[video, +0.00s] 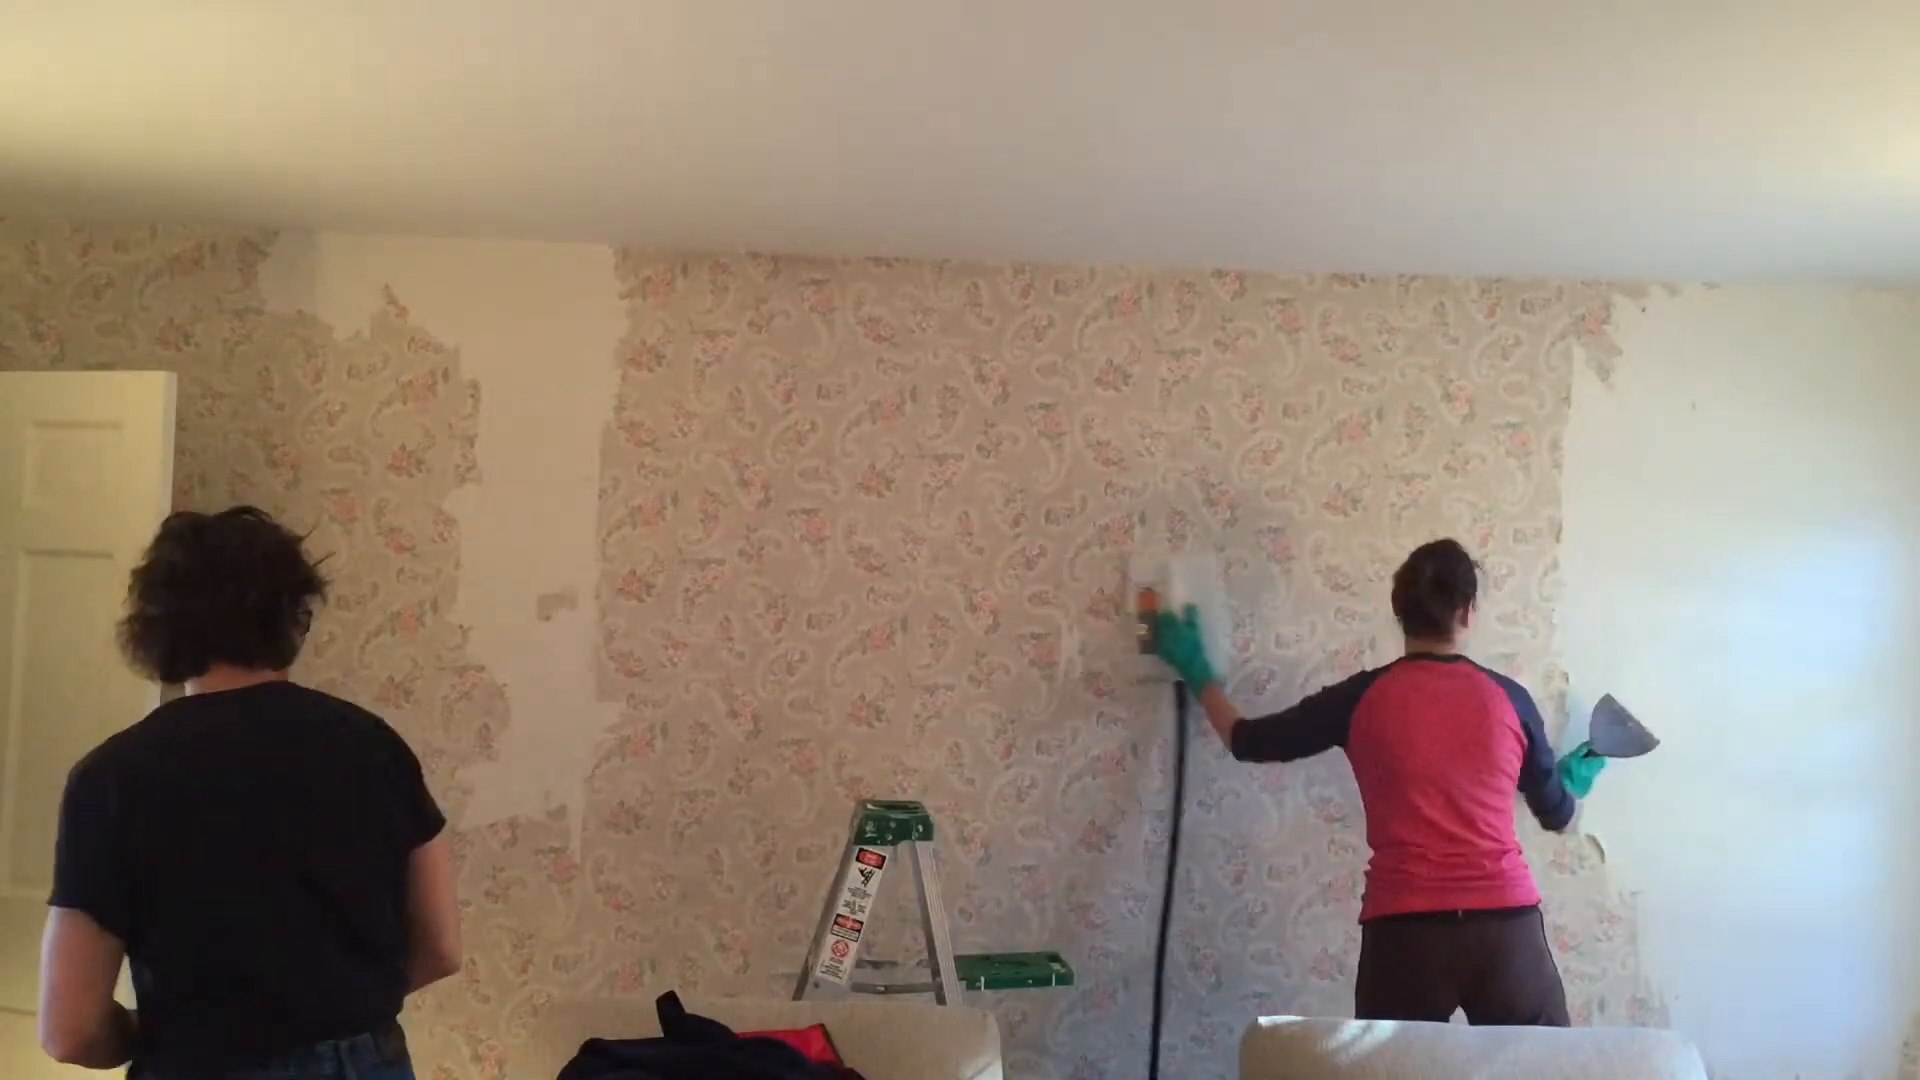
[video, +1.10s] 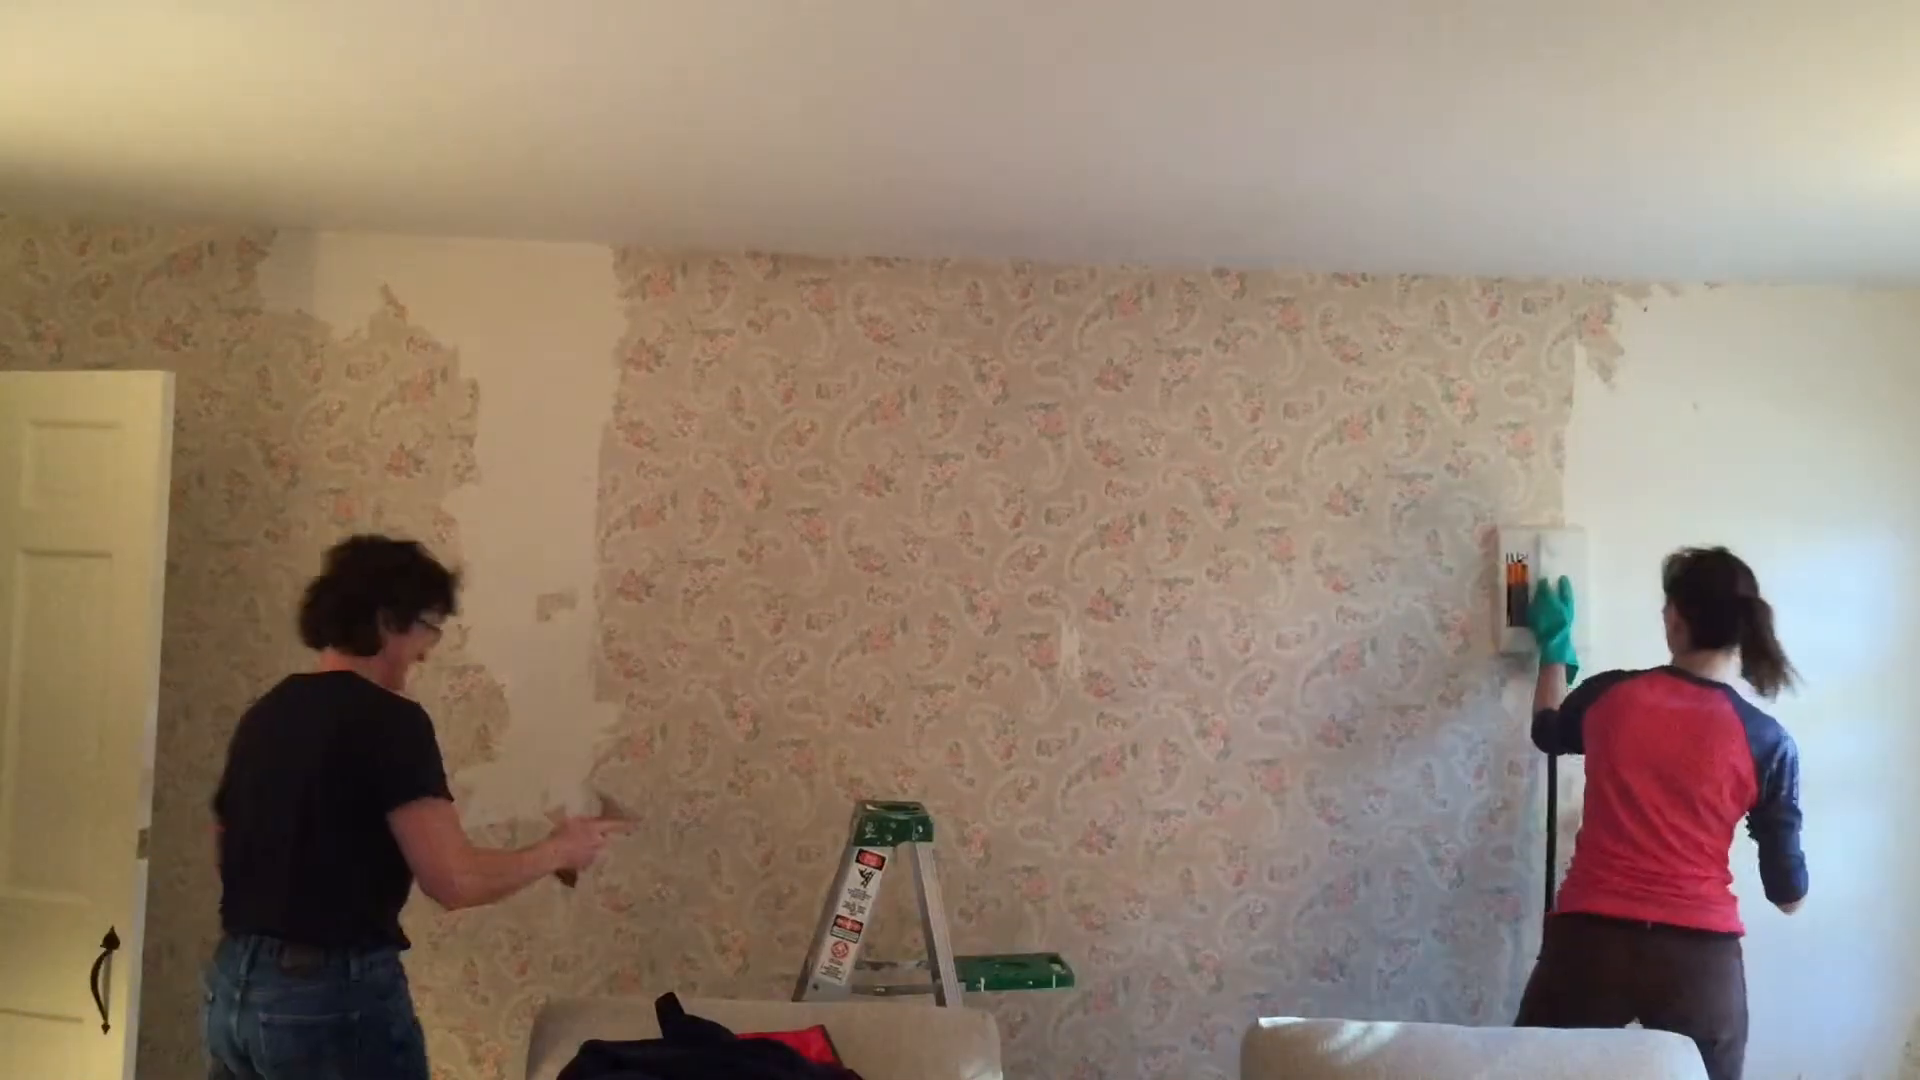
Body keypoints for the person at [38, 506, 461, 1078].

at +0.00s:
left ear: (158, 622)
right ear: (292, 613)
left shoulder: (112, 777)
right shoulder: (370, 743)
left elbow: (71, 1032)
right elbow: (438, 948)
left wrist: (173, 1030)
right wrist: (337, 994)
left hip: (196, 1066)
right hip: (364, 1059)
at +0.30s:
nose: (312, 625)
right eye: (309, 610)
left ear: (173, 617)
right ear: (294, 621)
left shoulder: (108, 762)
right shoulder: (349, 742)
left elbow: (41, 981)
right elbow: (421, 931)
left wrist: (136, 998)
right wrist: (337, 979)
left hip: (183, 1058)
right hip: (346, 1049)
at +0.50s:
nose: (338, 612)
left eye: (340, 594)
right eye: (335, 594)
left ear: (207, 603)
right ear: (301, 603)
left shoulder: (122, 740)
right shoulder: (356, 725)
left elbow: (52, 934)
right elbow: (421, 918)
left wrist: (149, 938)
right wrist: (408, 955)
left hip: (167, 1037)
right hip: (326, 1037)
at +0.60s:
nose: (354, 606)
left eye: (355, 590)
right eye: (348, 590)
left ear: (227, 598)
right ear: (312, 601)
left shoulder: (141, 728)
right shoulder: (352, 721)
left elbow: (72, 910)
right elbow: (405, 917)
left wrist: (155, 915)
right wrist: (452, 921)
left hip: (167, 1030)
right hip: (317, 1032)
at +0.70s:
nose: (364, 606)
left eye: (365, 589)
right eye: (359, 589)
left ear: (239, 594)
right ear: (324, 602)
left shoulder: (164, 718)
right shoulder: (355, 717)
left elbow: (88, 870)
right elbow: (431, 891)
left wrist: (178, 841)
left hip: (173, 1022)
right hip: (314, 1025)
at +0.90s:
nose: (388, 615)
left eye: (387, 599)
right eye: (382, 599)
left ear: (275, 602)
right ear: (345, 611)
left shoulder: (208, 718)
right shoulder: (371, 722)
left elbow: (150, 838)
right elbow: (474, 867)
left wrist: (236, 796)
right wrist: (558, 802)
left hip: (203, 1005)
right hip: (323, 1015)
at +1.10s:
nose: (431, 649)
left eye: (436, 631)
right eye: (428, 628)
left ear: (336, 619)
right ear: (385, 622)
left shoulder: (266, 712)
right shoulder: (391, 721)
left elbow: (230, 853)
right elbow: (454, 878)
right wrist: (557, 852)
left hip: (234, 986)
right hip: (338, 1002)